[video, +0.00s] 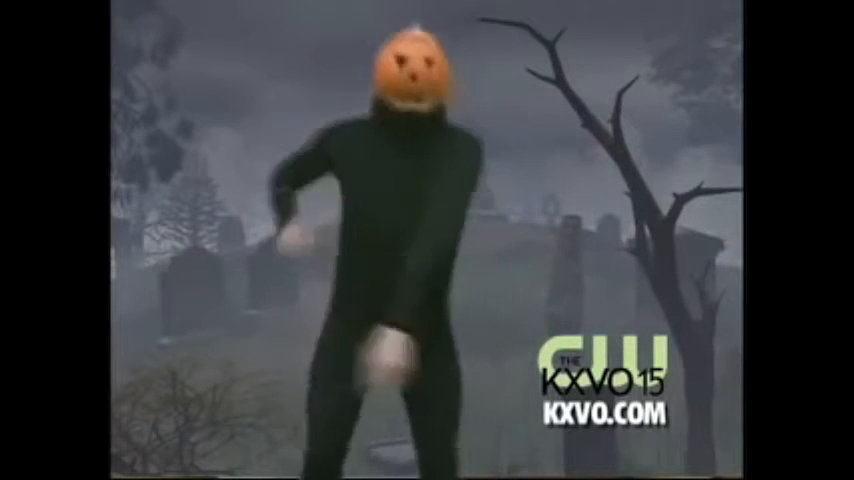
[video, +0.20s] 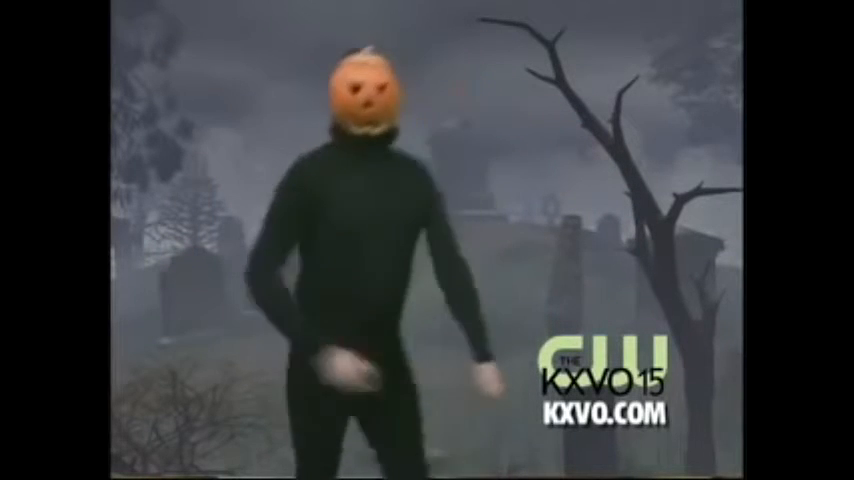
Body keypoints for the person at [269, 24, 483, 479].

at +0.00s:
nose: (413, 67)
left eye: (427, 61)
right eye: (401, 58)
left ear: (444, 80)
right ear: (379, 74)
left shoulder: (459, 149)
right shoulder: (348, 139)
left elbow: (434, 243)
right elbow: (284, 178)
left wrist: (402, 325)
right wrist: (287, 223)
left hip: (424, 317)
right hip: (352, 313)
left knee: (438, 461)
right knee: (323, 456)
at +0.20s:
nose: (368, 95)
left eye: (381, 86)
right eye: (354, 86)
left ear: (398, 98)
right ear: (334, 101)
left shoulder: (414, 178)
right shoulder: (310, 174)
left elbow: (450, 268)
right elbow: (261, 272)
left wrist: (482, 354)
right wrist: (317, 349)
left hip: (385, 355)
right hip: (316, 356)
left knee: (409, 471)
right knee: (316, 472)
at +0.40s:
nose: (345, 128)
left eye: (356, 115)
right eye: (329, 118)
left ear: (374, 123)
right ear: (308, 129)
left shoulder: (376, 182)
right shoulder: (300, 203)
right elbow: (367, 282)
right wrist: (422, 196)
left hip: (368, 342)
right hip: (310, 362)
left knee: (481, 367)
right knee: (308, 471)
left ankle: (407, 467)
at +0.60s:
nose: (318, 55)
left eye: (329, 44)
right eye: (302, 46)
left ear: (346, 55)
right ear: (281, 63)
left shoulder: (359, 114)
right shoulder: (287, 133)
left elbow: (373, 203)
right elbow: (375, 195)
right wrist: (455, 124)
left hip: (388, 300)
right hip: (329, 313)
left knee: (483, 401)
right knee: (333, 456)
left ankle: (437, 473)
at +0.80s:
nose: (335, 109)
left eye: (345, 96)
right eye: (319, 102)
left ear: (361, 105)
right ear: (301, 119)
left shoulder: (377, 160)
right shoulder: (306, 193)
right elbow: (403, 244)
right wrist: (472, 163)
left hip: (397, 343)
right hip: (337, 357)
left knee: (473, 451)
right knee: (338, 472)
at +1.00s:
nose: (398, 128)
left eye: (411, 114)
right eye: (382, 117)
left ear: (428, 119)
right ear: (361, 128)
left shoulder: (449, 164)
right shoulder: (348, 194)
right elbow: (384, 294)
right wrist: (458, 258)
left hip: (414, 347)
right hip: (352, 358)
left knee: (497, 449)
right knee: (350, 472)